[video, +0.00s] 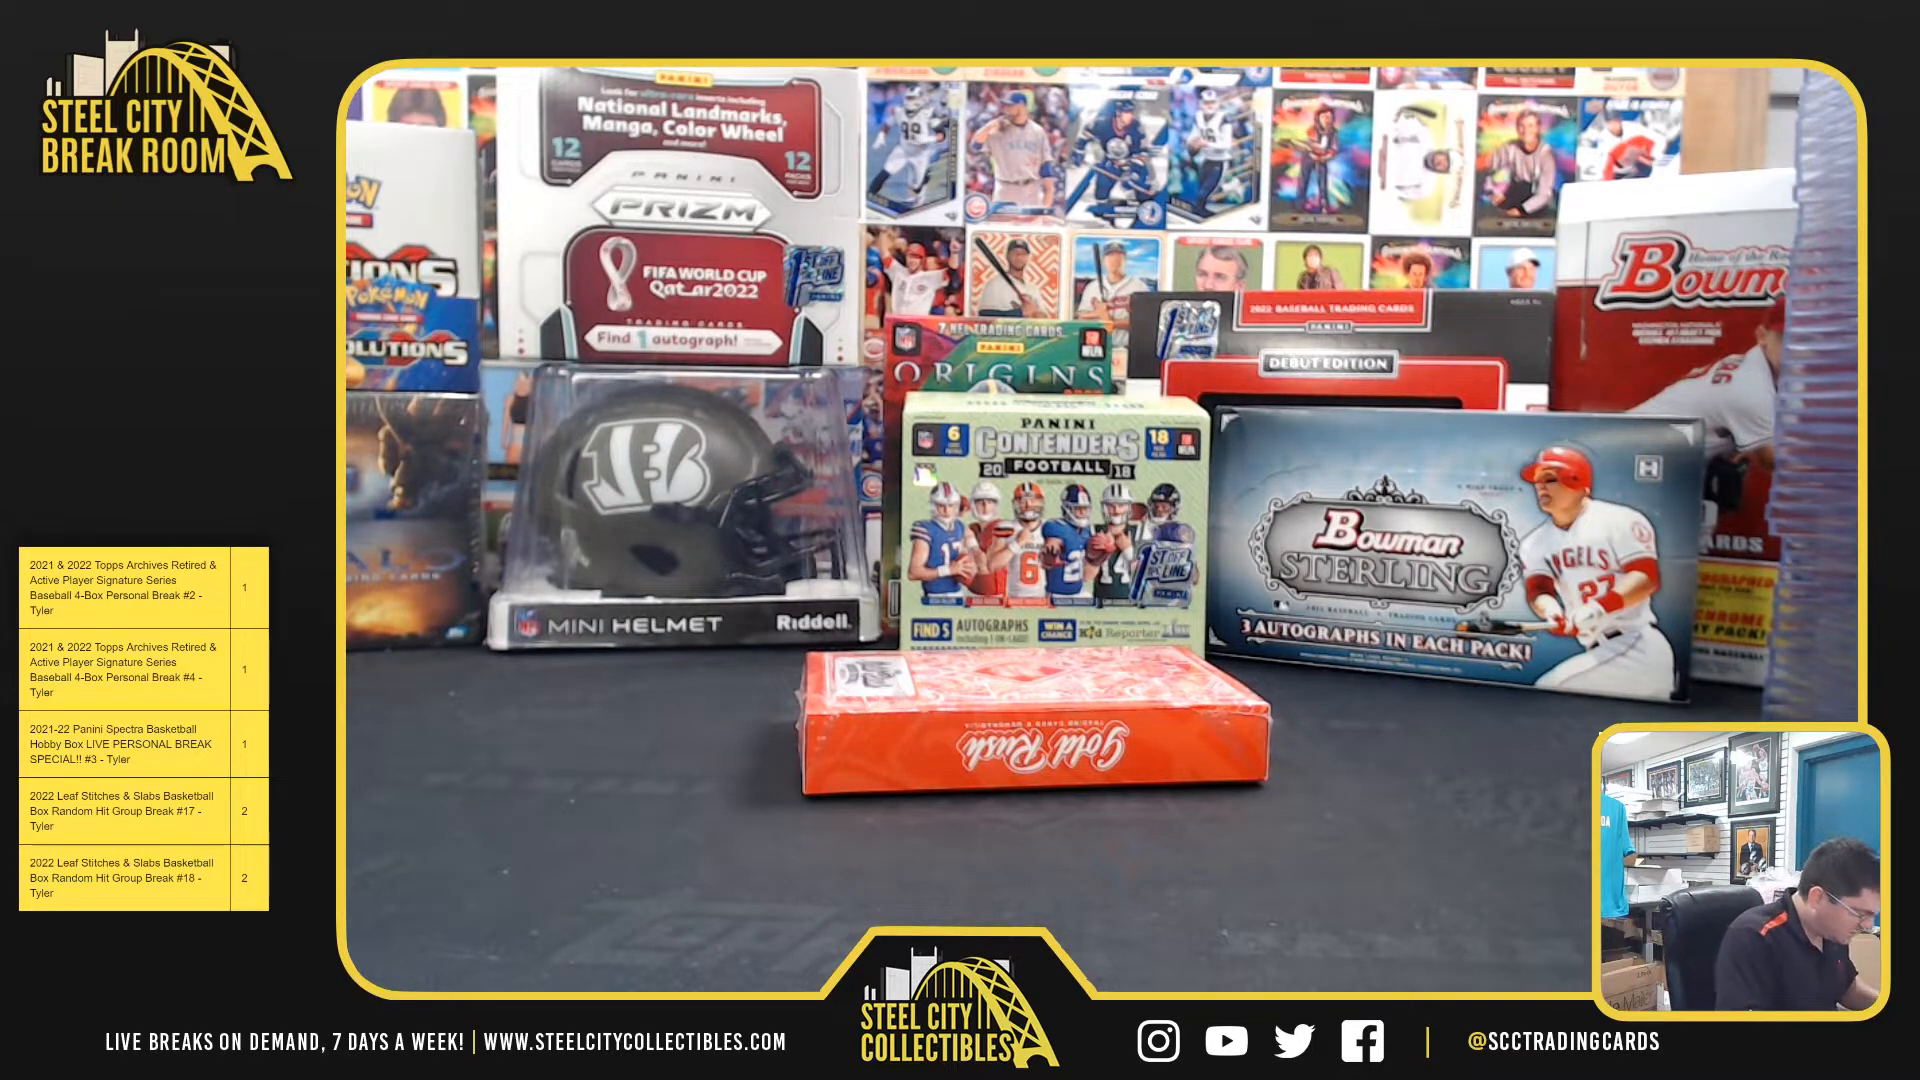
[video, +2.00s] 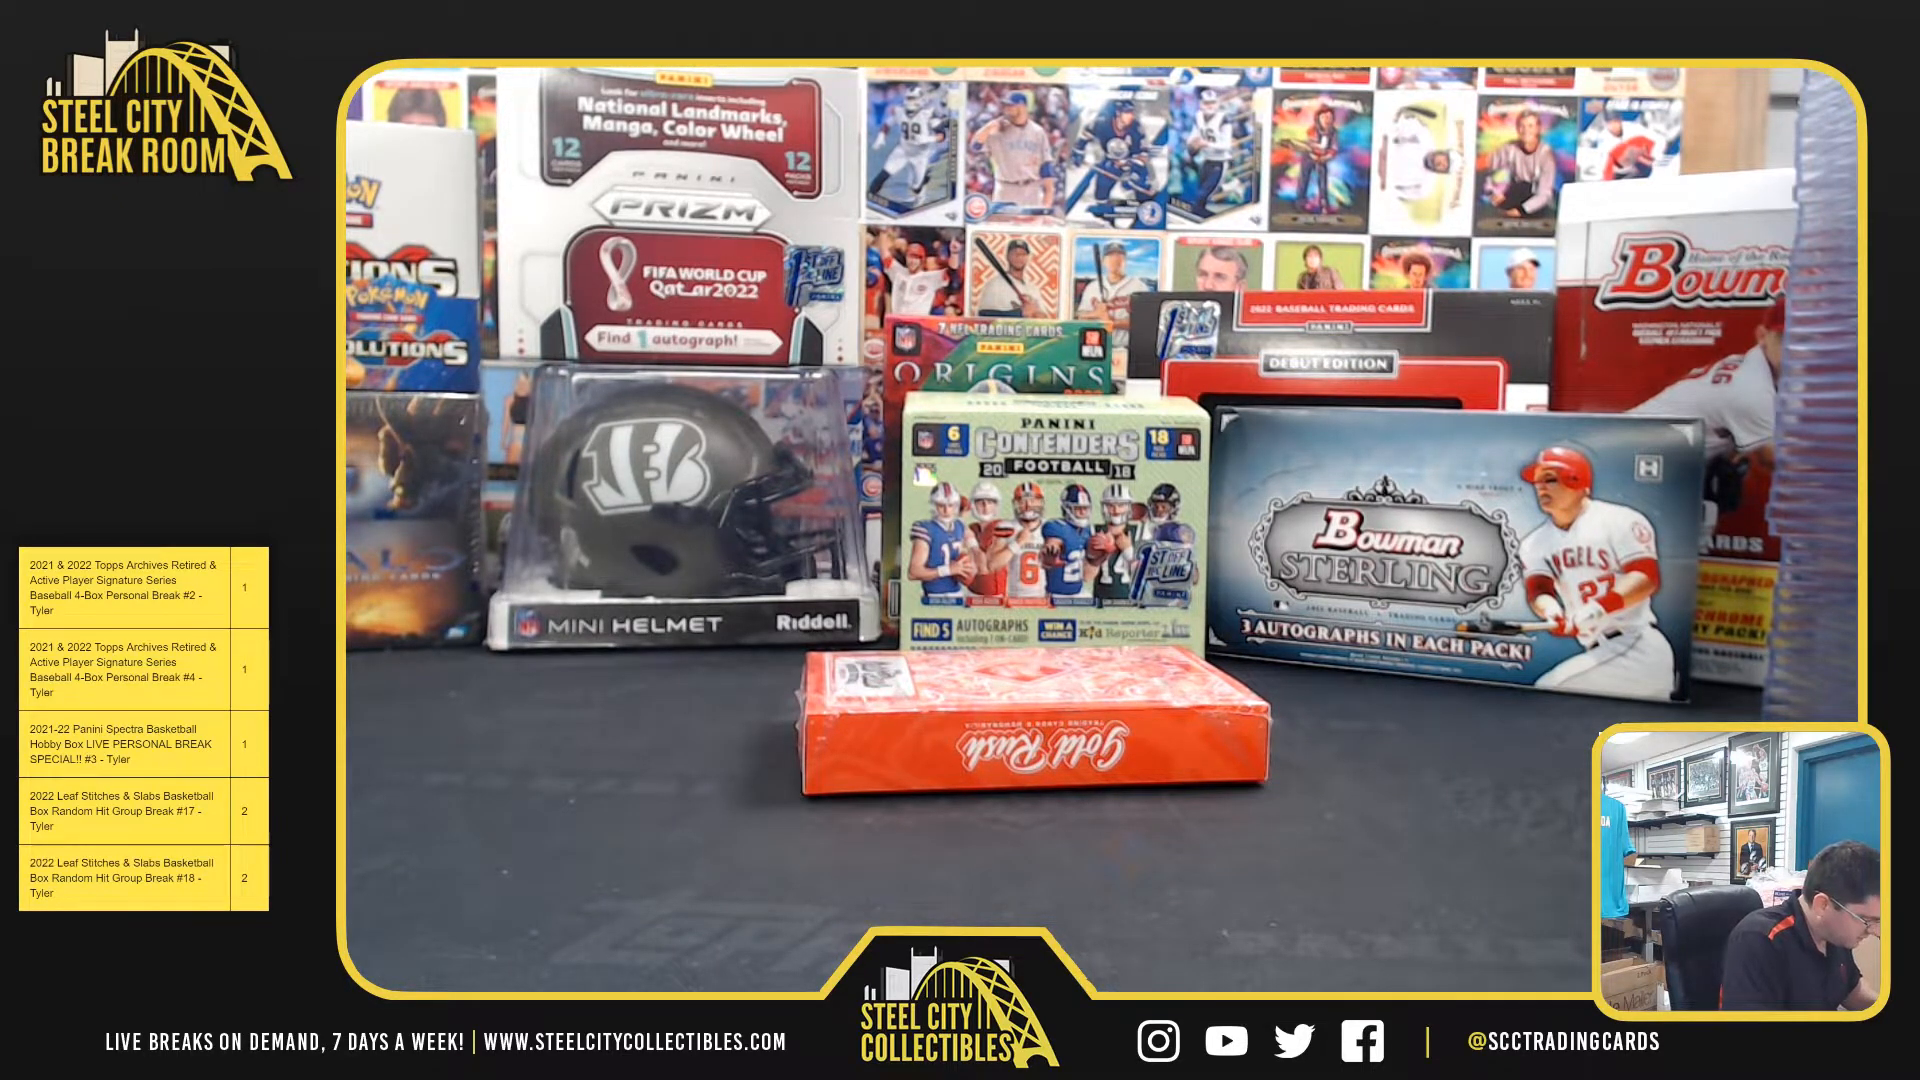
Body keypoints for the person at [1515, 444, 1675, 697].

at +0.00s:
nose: (1540, 489)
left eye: (1550, 480)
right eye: (1537, 483)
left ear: (1579, 485)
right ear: (1533, 487)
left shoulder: (1624, 521)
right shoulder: (1534, 545)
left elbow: (1646, 577)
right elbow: (1538, 591)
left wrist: (1600, 607)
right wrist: (1554, 614)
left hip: (1638, 647)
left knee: (1545, 693)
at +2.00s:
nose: (1540, 490)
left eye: (1550, 481)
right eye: (1537, 483)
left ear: (1578, 484)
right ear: (1533, 488)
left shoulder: (1624, 521)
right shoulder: (1534, 545)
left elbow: (1646, 577)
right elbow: (1538, 591)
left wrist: (1599, 608)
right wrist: (1554, 614)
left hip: (1638, 648)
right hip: (1599, 651)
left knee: (1546, 692)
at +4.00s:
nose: (1540, 490)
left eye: (1549, 481)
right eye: (1537, 483)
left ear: (1578, 484)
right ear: (1533, 487)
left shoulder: (1624, 521)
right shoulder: (1534, 545)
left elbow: (1646, 577)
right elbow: (1538, 591)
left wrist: (1599, 608)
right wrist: (1553, 613)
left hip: (1638, 648)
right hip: (1599, 652)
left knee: (1546, 692)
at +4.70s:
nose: (1540, 489)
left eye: (1550, 480)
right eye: (1537, 482)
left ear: (1579, 485)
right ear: (1533, 487)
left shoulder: (1624, 521)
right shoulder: (1534, 545)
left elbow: (1646, 577)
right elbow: (1538, 591)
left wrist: (1599, 607)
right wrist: (1553, 614)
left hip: (1638, 649)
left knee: (1545, 693)